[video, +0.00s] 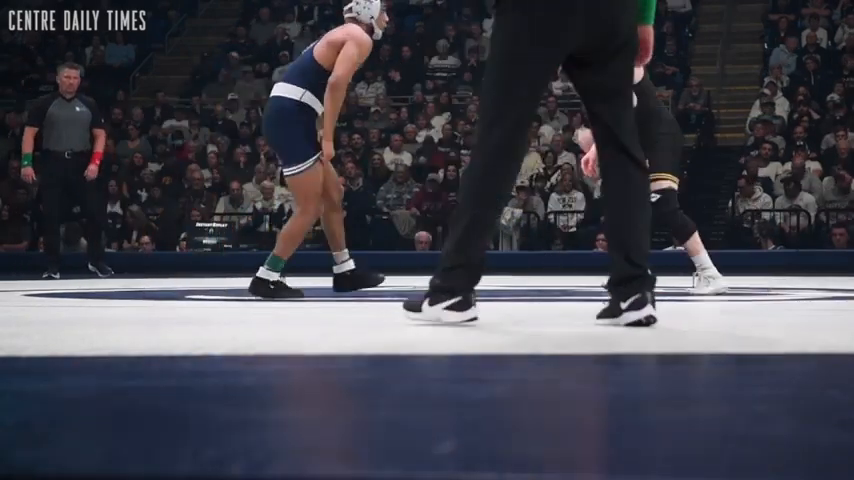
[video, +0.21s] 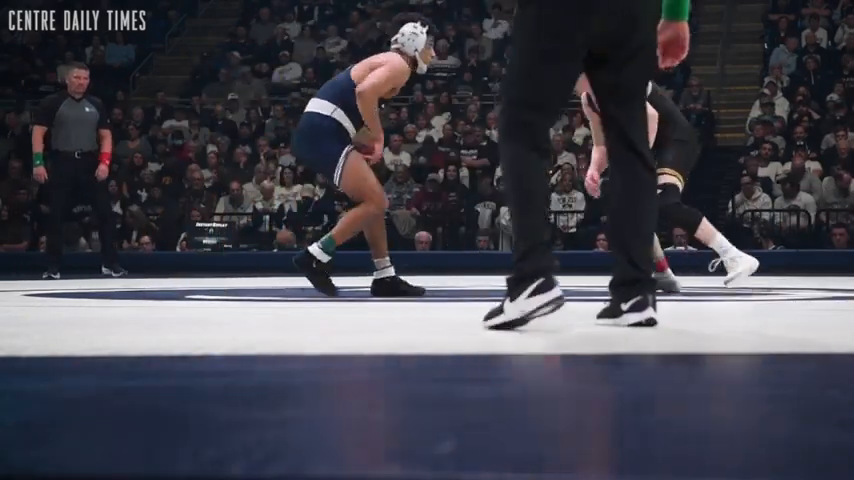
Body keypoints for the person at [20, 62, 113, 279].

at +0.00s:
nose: (71, 82)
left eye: (75, 78)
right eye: (67, 78)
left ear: (80, 81)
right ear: (58, 79)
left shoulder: (89, 105)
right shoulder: (44, 104)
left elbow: (100, 135)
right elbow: (29, 132)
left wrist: (95, 162)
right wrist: (26, 163)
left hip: (82, 164)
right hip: (52, 164)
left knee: (94, 212)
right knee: (51, 214)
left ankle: (95, 260)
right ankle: (52, 265)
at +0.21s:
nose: (82, 82)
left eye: (85, 78)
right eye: (77, 78)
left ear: (88, 81)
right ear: (67, 80)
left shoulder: (96, 105)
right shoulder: (53, 103)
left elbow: (106, 135)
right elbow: (38, 132)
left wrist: (104, 162)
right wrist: (38, 162)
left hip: (90, 164)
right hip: (61, 164)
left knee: (104, 211)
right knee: (57, 215)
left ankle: (109, 262)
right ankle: (53, 265)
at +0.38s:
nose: (98, 84)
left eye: (101, 80)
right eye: (93, 80)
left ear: (104, 83)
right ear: (83, 81)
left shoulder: (108, 109)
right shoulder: (71, 104)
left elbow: (115, 136)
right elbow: (54, 131)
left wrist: (116, 162)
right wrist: (58, 162)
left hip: (101, 167)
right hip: (75, 166)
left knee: (115, 210)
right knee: (65, 213)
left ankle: (124, 263)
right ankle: (54, 265)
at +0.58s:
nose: (124, 86)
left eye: (128, 83)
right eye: (120, 82)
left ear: (132, 86)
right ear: (111, 84)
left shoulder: (130, 109)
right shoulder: (102, 103)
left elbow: (134, 137)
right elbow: (87, 132)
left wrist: (138, 163)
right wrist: (95, 162)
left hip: (125, 166)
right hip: (105, 164)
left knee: (132, 214)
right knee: (89, 214)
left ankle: (127, 263)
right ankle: (59, 261)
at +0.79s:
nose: (143, 85)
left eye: (147, 82)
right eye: (139, 81)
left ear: (150, 84)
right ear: (129, 83)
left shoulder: (145, 107)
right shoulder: (122, 101)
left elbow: (149, 137)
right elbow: (112, 132)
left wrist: (161, 162)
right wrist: (127, 161)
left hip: (139, 162)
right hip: (122, 161)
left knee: (138, 212)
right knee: (129, 209)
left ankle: (129, 263)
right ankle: (100, 254)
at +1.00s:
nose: (162, 87)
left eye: (166, 83)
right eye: (158, 82)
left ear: (168, 86)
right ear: (148, 83)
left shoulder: (161, 107)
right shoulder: (141, 101)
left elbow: (163, 138)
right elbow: (128, 131)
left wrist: (178, 159)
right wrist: (139, 162)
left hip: (153, 163)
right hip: (140, 163)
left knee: (142, 214)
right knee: (163, 209)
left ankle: (129, 264)